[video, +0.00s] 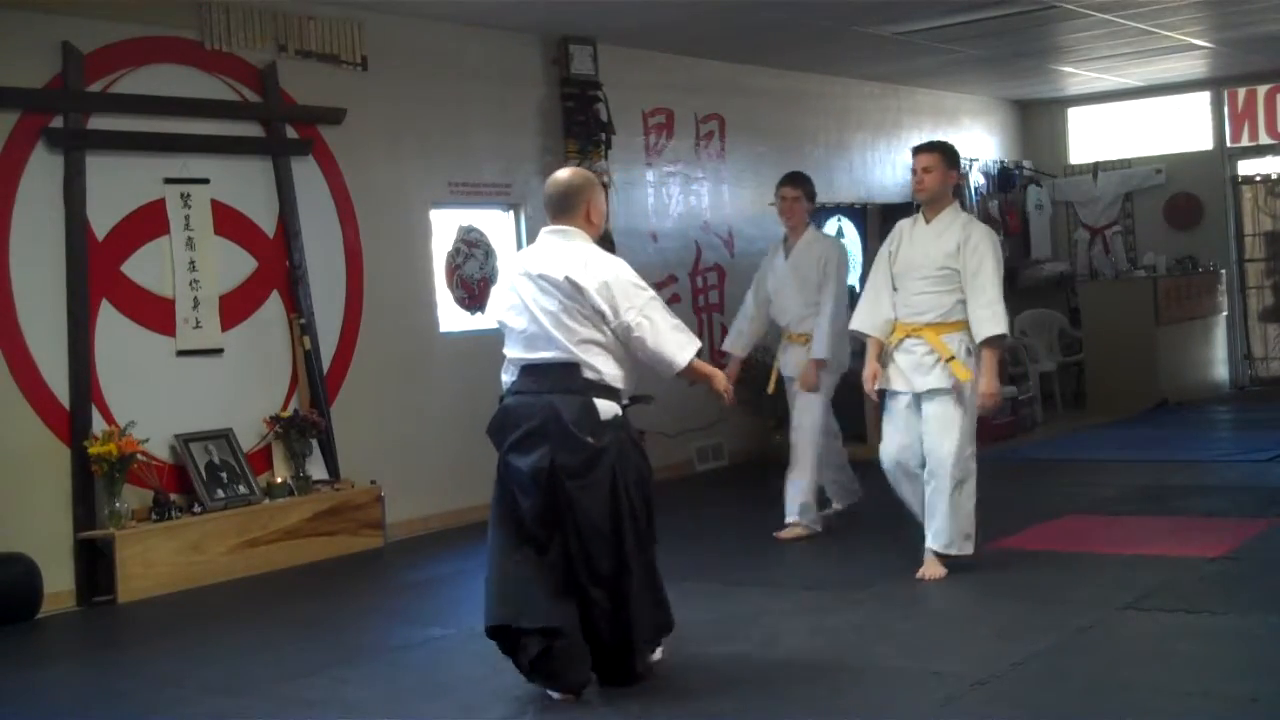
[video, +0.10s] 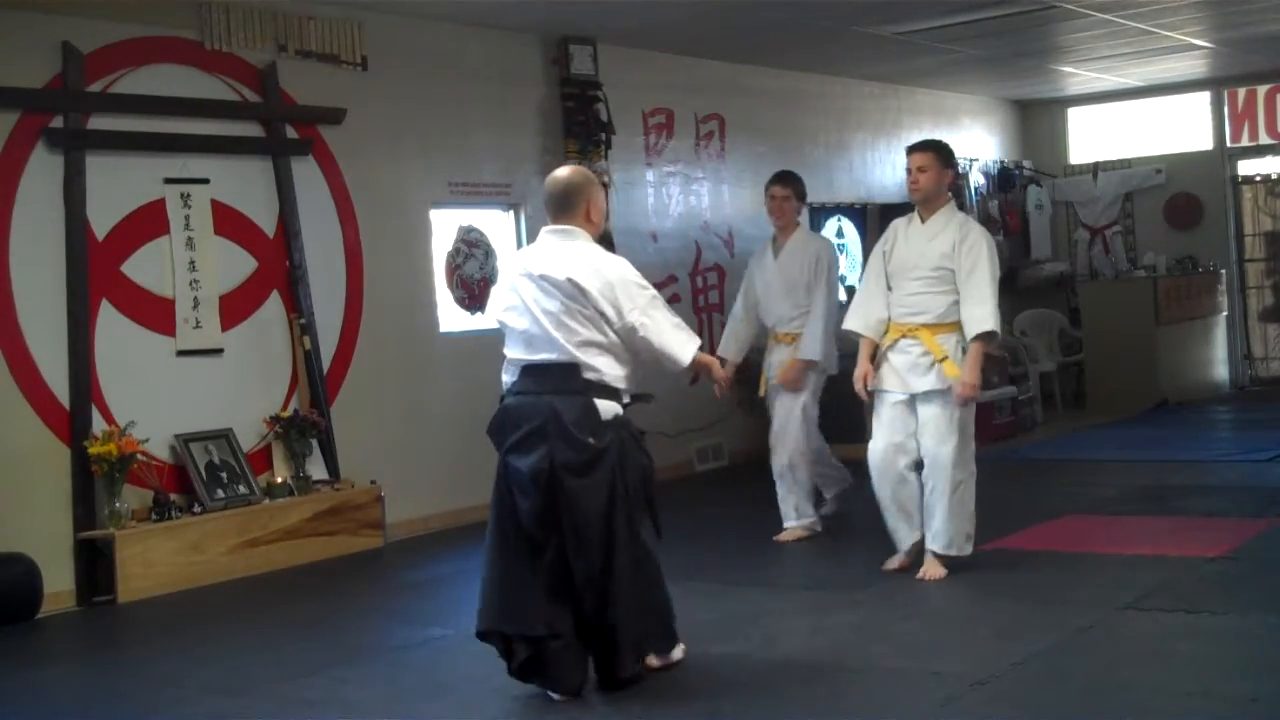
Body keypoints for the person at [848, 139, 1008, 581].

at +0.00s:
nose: (917, 179)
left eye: (926, 172)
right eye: (914, 172)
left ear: (952, 178)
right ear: (913, 178)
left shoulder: (974, 234)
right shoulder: (901, 232)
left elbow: (987, 304)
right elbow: (880, 295)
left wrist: (989, 370)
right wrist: (871, 355)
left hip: (949, 355)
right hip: (900, 356)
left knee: (945, 456)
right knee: (895, 455)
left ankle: (937, 551)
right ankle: (942, 523)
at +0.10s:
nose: (912, 179)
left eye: (921, 171)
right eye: (909, 172)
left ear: (948, 177)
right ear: (908, 178)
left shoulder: (969, 234)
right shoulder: (896, 232)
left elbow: (981, 303)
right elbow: (875, 295)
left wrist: (973, 364)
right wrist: (864, 356)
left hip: (944, 354)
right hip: (894, 355)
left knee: (942, 455)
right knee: (884, 453)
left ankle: (939, 549)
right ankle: (910, 540)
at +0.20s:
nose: (908, 179)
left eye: (917, 171)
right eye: (905, 172)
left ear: (944, 177)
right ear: (903, 178)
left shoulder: (966, 236)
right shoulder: (891, 233)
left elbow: (975, 303)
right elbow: (869, 298)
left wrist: (959, 358)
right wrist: (858, 357)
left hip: (940, 356)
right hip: (889, 356)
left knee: (942, 459)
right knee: (879, 455)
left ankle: (940, 552)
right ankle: (896, 547)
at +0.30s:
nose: (904, 181)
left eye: (914, 173)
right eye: (901, 174)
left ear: (940, 178)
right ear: (899, 180)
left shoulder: (962, 238)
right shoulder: (885, 235)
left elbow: (971, 304)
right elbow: (864, 299)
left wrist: (949, 352)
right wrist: (854, 358)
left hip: (936, 357)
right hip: (884, 359)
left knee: (942, 461)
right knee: (876, 457)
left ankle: (939, 554)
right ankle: (884, 555)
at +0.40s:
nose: (899, 184)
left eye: (908, 176)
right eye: (895, 177)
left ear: (934, 182)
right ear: (892, 183)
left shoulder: (956, 241)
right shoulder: (879, 239)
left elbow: (962, 306)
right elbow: (857, 304)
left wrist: (936, 351)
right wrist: (849, 362)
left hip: (932, 362)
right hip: (880, 365)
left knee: (942, 466)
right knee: (867, 460)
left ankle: (938, 556)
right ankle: (881, 559)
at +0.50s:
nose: (891, 188)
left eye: (900, 180)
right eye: (887, 181)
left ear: (926, 185)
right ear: (885, 187)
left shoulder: (948, 245)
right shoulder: (872, 243)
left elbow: (949, 310)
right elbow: (851, 307)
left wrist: (916, 349)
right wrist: (844, 364)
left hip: (928, 367)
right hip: (873, 370)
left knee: (940, 471)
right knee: (859, 465)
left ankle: (939, 556)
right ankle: (883, 563)